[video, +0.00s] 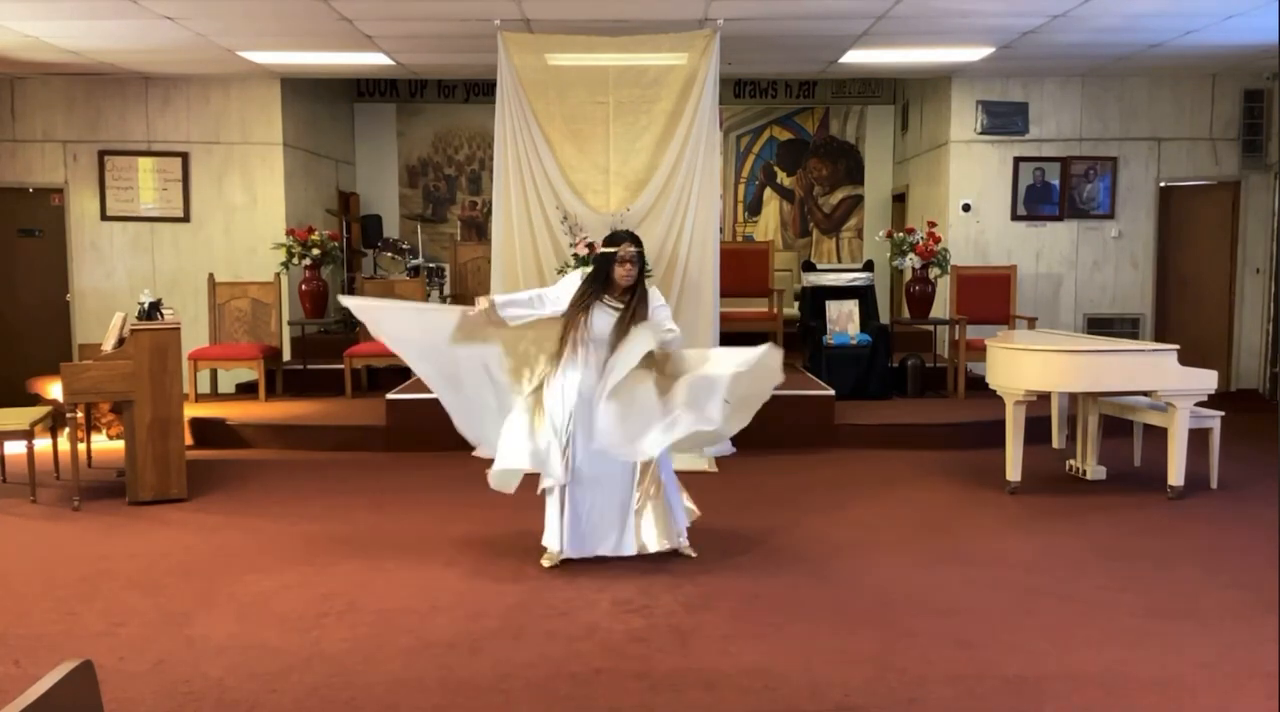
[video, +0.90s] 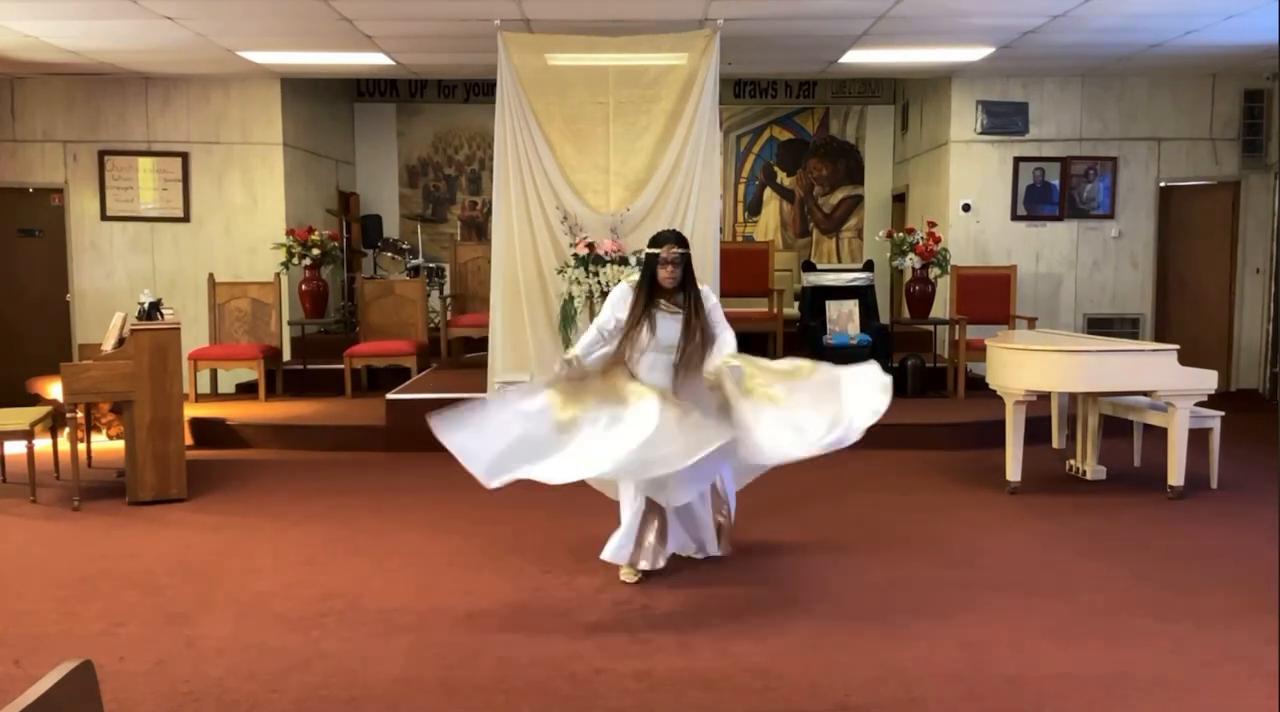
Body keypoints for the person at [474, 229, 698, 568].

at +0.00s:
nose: (628, 268)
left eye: (634, 261)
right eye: (620, 261)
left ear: (642, 265)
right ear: (605, 264)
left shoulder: (648, 296)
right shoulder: (580, 285)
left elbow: (671, 338)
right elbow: (541, 299)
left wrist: (656, 337)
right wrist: (495, 302)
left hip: (623, 388)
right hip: (575, 386)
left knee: (652, 457)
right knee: (566, 460)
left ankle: (674, 535)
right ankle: (557, 543)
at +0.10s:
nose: (632, 270)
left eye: (638, 262)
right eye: (624, 262)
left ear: (647, 264)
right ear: (609, 263)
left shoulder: (654, 301)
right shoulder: (586, 290)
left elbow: (682, 343)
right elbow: (545, 301)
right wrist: (498, 304)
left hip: (627, 389)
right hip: (576, 386)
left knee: (653, 451)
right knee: (564, 457)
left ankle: (666, 537)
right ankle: (555, 542)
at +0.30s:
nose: (646, 267)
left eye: (651, 259)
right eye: (638, 260)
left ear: (659, 263)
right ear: (622, 264)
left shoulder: (668, 301)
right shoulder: (607, 298)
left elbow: (700, 335)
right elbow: (585, 344)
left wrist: (732, 355)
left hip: (652, 397)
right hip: (604, 397)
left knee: (666, 462)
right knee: (585, 467)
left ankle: (663, 539)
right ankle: (559, 543)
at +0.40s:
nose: (653, 268)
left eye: (658, 260)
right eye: (645, 261)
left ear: (666, 262)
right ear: (630, 263)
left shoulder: (676, 296)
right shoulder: (618, 297)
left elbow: (708, 325)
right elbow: (612, 338)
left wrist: (740, 342)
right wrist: (637, 371)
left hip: (665, 396)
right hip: (616, 393)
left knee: (667, 466)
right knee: (592, 464)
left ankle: (664, 538)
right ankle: (559, 540)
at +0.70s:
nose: (662, 272)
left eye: (669, 265)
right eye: (656, 265)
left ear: (679, 267)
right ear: (643, 267)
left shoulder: (693, 298)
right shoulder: (627, 299)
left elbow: (731, 319)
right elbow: (612, 341)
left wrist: (775, 331)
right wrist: (635, 368)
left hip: (689, 384)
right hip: (640, 385)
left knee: (699, 452)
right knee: (641, 457)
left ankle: (708, 524)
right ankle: (612, 545)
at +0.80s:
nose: (666, 270)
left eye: (672, 264)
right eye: (659, 264)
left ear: (683, 266)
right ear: (647, 267)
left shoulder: (698, 297)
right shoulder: (626, 299)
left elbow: (731, 330)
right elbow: (603, 347)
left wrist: (763, 355)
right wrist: (612, 379)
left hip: (690, 389)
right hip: (642, 390)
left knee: (701, 457)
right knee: (639, 464)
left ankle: (714, 528)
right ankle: (635, 546)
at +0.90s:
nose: (670, 271)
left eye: (677, 264)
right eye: (663, 264)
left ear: (687, 266)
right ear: (650, 266)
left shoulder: (700, 301)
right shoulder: (630, 297)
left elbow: (723, 344)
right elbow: (597, 337)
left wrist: (725, 375)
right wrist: (574, 368)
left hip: (684, 400)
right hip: (637, 398)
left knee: (678, 473)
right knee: (643, 477)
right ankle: (639, 554)